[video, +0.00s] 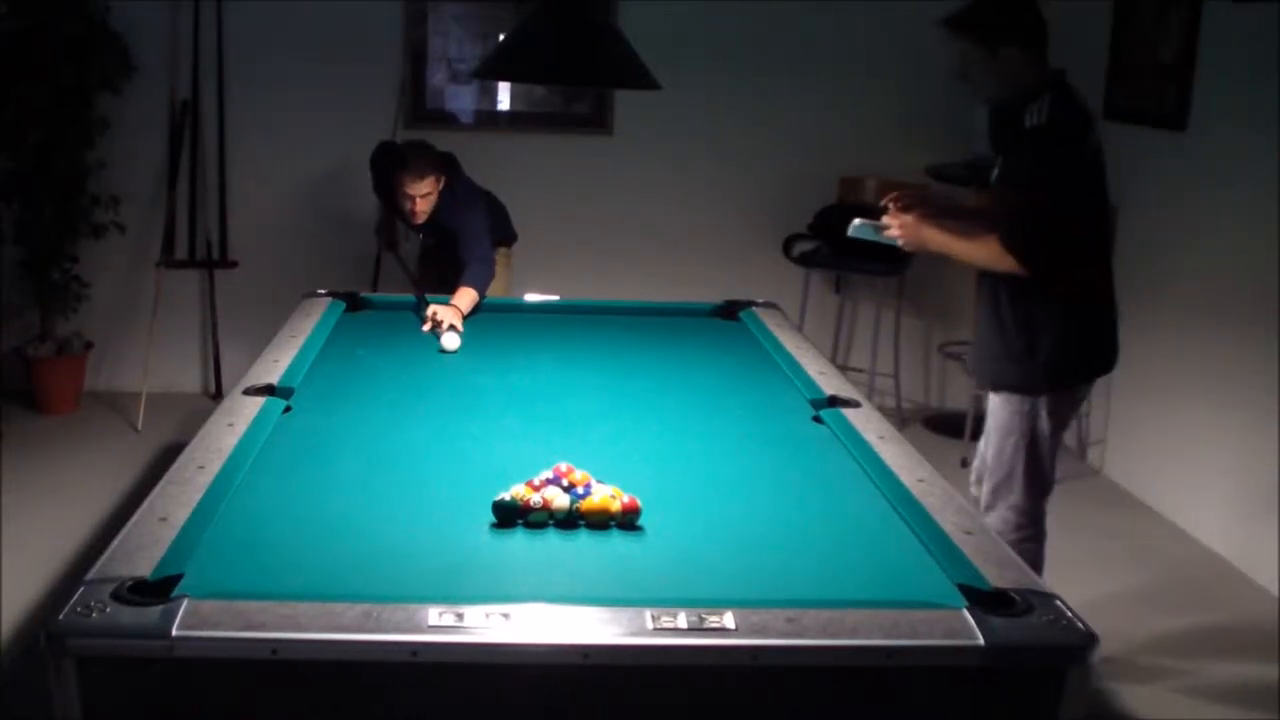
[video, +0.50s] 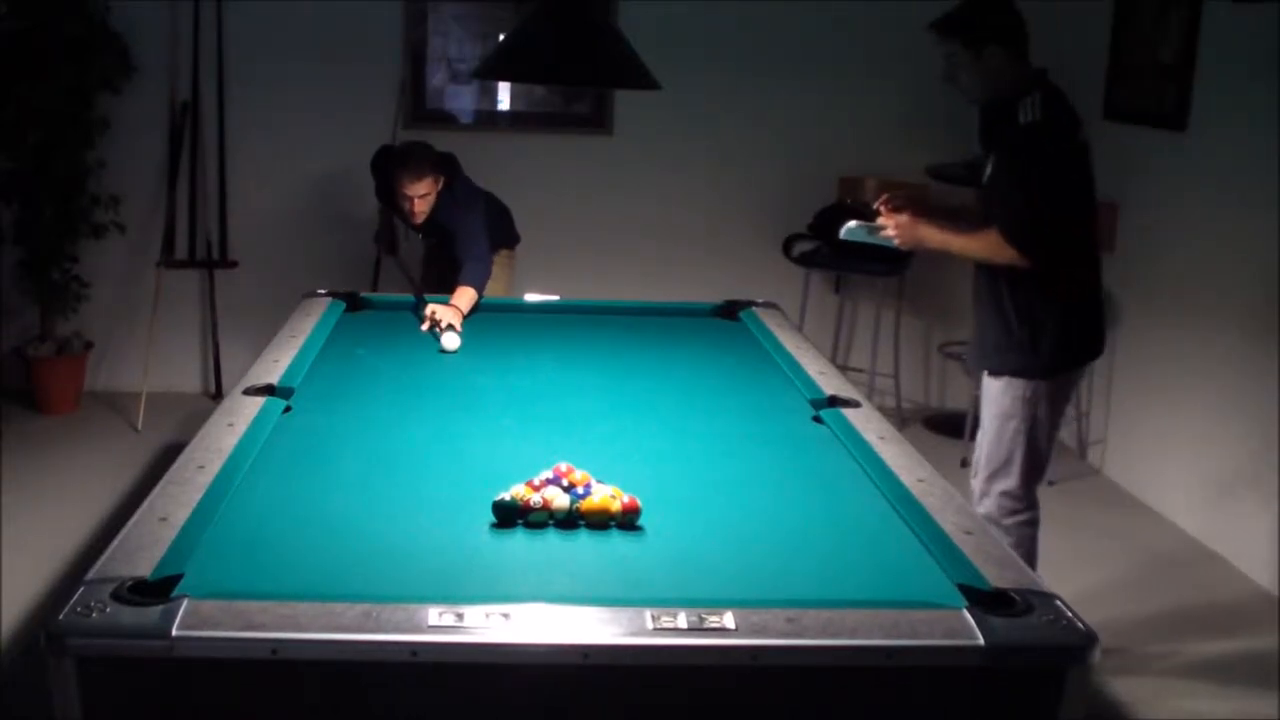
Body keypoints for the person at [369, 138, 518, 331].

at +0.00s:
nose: (416, 207)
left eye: (426, 196)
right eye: (408, 198)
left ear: (440, 184)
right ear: (395, 189)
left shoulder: (465, 201)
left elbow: (481, 262)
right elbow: (382, 152)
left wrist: (456, 308)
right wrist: (387, 216)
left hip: (489, 248)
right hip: (438, 243)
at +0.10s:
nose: (416, 208)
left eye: (425, 197)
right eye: (407, 199)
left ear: (439, 185)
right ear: (394, 190)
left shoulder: (463, 199)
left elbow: (481, 262)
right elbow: (384, 155)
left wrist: (457, 308)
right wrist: (389, 220)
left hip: (489, 248)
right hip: (437, 244)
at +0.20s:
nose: (417, 209)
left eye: (426, 199)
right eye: (408, 200)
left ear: (441, 186)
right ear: (395, 192)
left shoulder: (464, 200)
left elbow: (480, 262)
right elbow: (384, 155)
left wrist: (457, 308)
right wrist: (389, 211)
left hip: (489, 248)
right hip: (438, 244)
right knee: (426, 317)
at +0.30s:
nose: (417, 209)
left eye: (426, 199)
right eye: (408, 200)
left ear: (440, 186)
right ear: (395, 191)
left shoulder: (463, 200)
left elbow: (480, 262)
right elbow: (382, 150)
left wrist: (457, 308)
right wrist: (387, 205)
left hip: (491, 247)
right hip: (440, 243)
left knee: (485, 324)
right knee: (426, 315)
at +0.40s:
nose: (416, 209)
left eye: (425, 198)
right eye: (407, 200)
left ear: (440, 185)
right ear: (395, 190)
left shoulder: (463, 198)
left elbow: (479, 261)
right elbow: (382, 150)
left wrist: (457, 308)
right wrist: (387, 208)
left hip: (492, 246)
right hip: (440, 243)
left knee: (485, 324)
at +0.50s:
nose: (415, 207)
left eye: (424, 197)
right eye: (407, 199)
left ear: (439, 184)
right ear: (393, 189)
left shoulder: (462, 198)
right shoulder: (389, 170)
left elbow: (478, 260)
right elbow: (382, 155)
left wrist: (456, 308)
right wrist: (386, 222)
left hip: (492, 247)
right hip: (441, 244)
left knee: (485, 325)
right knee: (427, 318)